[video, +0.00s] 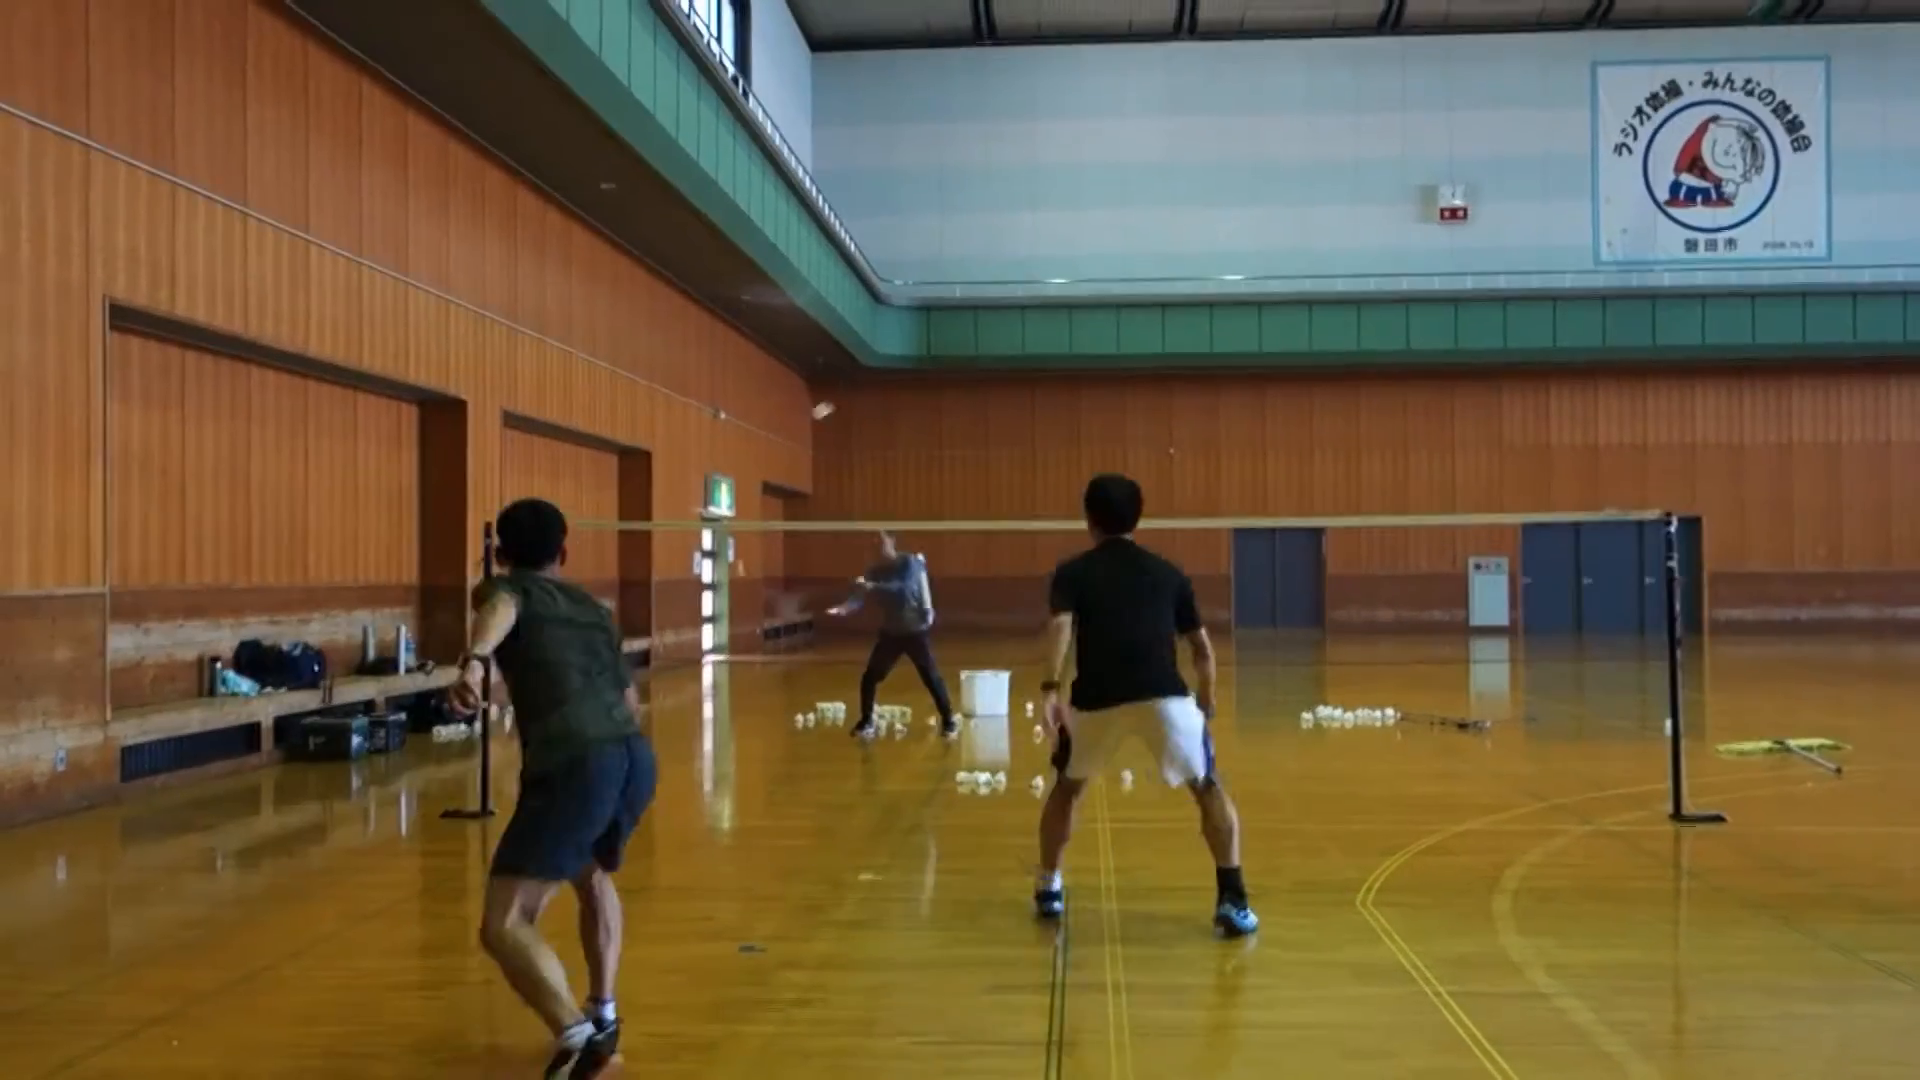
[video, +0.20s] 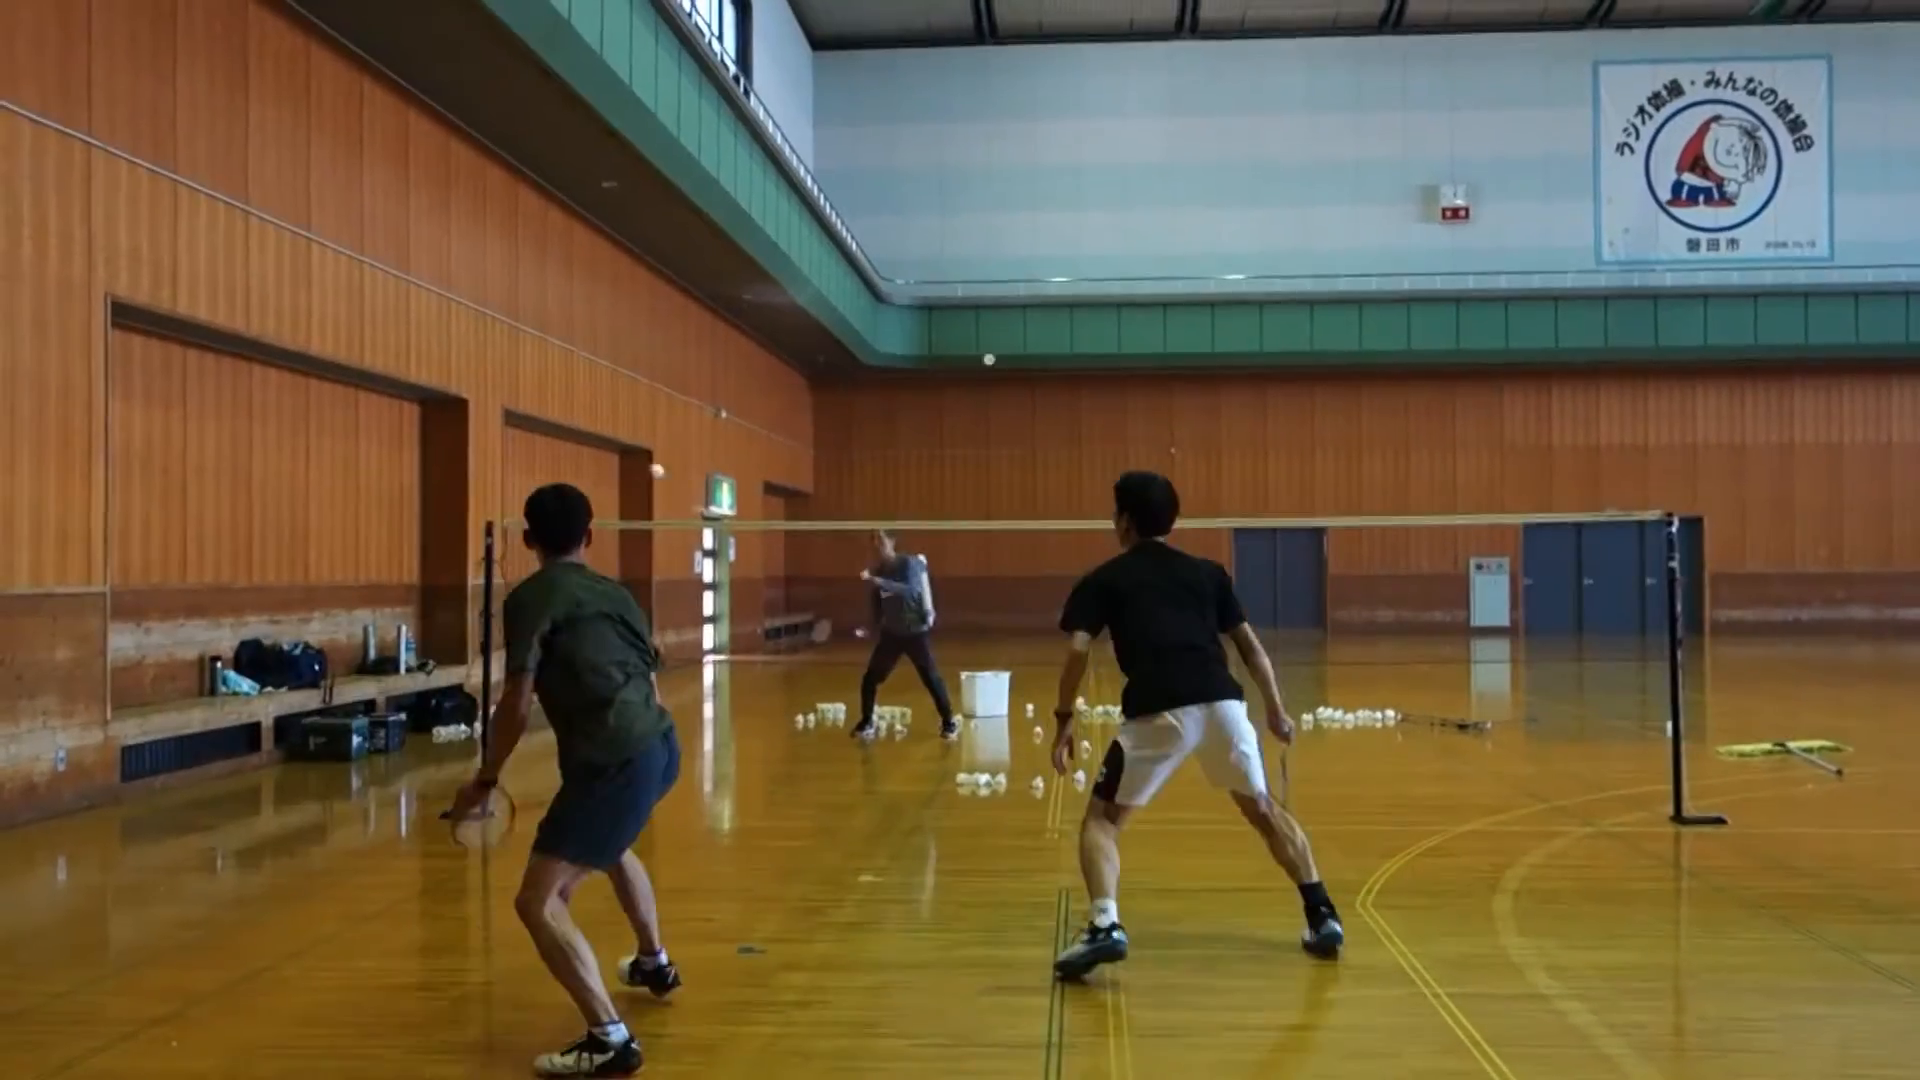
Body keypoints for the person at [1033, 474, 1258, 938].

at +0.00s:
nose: (1087, 521)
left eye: (1088, 514)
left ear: (1089, 519)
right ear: (1137, 519)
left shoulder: (1072, 572)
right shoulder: (1167, 572)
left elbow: (1060, 626)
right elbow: (1203, 651)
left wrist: (1049, 689)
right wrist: (1205, 711)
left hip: (1096, 696)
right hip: (1164, 693)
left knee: (1067, 786)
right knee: (1209, 790)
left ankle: (1048, 888)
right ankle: (1233, 900)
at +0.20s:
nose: (1112, 522)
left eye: (1115, 514)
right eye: (1114, 513)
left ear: (1126, 520)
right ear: (1170, 522)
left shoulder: (1105, 579)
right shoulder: (1207, 573)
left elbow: (1077, 653)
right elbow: (1249, 644)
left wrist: (1064, 719)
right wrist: (1276, 707)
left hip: (1158, 712)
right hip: (1225, 705)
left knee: (1101, 821)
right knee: (1264, 808)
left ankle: (1105, 925)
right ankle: (1322, 912)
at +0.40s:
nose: (1104, 528)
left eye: (1102, 520)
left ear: (1104, 527)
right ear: (1157, 529)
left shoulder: (1085, 591)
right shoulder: (1187, 583)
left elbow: (1063, 667)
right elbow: (1248, 644)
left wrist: (1080, 735)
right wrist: (1293, 708)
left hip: (1153, 735)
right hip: (1219, 727)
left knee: (1094, 840)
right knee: (1256, 817)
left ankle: (1128, 968)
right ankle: (1317, 916)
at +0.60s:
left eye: (1067, 507)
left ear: (1066, 514)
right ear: (1122, 514)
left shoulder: (1053, 580)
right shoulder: (1159, 573)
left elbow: (1043, 657)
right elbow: (1214, 640)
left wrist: (1029, 738)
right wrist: (1221, 710)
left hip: (1113, 714)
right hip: (1190, 712)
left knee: (1034, 813)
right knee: (1212, 800)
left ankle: (1025, 937)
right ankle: (1237, 928)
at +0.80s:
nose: (1023, 535)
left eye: (1017, 526)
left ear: (1018, 536)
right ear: (1076, 537)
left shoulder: (993, 608)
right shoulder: (1110, 603)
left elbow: (969, 693)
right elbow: (1167, 681)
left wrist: (956, 777)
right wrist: (1206, 755)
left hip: (1036, 763)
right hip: (1118, 759)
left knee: (962, 877)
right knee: (1173, 848)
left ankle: (929, 1014)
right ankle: (1226, 964)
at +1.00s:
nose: (979, 528)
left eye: (978, 519)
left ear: (978, 525)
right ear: (1038, 524)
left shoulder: (958, 599)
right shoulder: (1081, 588)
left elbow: (923, 690)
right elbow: (1130, 666)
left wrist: (908, 765)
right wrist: (1164, 746)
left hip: (1000, 751)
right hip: (1090, 746)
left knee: (913, 852)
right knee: (1143, 851)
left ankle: (849, 985)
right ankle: (1189, 983)